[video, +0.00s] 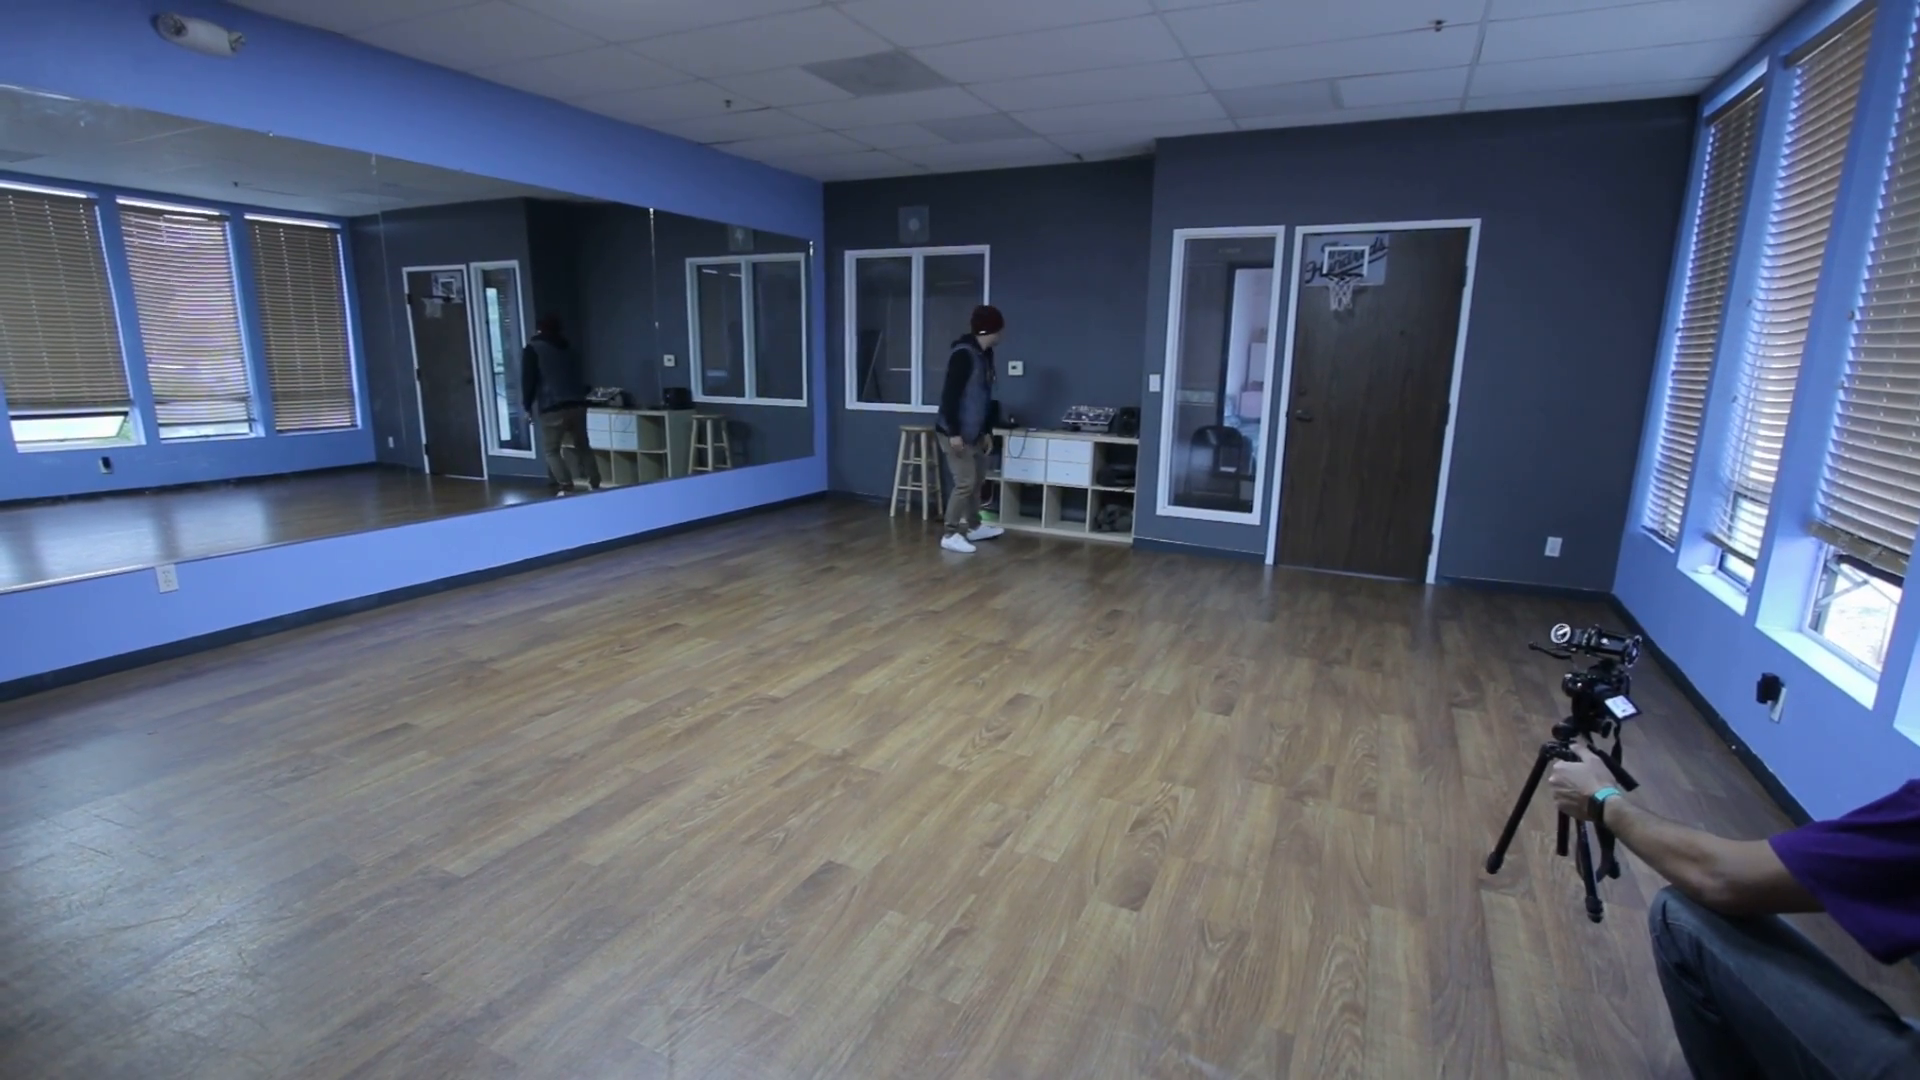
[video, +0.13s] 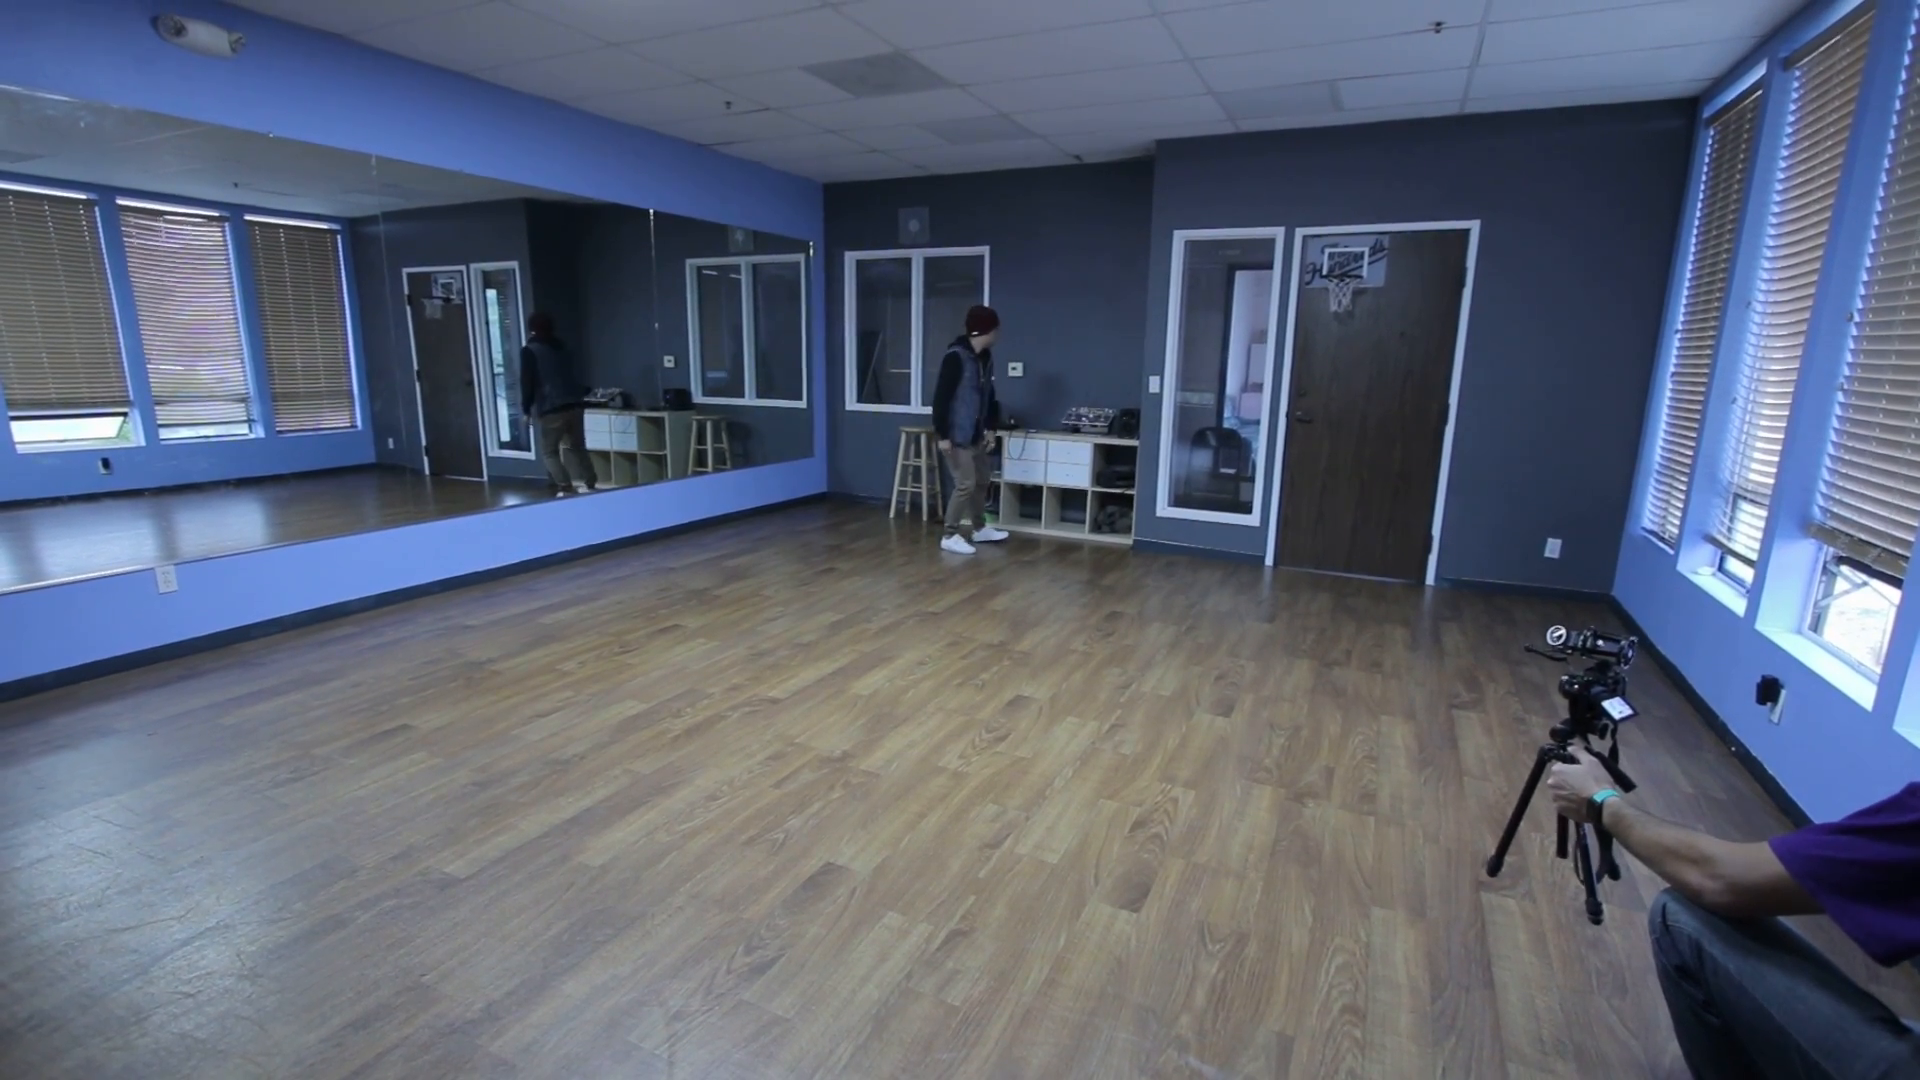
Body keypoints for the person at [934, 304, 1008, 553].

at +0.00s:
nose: (1001, 337)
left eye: (1001, 332)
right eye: (999, 332)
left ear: (983, 330)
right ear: (987, 331)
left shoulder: (986, 355)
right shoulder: (963, 354)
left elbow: (985, 398)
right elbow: (950, 395)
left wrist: (985, 430)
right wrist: (954, 432)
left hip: (974, 429)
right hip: (955, 430)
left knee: (976, 480)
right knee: (965, 482)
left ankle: (973, 526)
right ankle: (950, 533)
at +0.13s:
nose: (997, 336)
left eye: (997, 331)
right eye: (995, 331)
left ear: (979, 330)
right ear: (984, 331)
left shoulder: (985, 357)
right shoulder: (955, 357)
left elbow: (989, 394)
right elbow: (940, 398)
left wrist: (990, 426)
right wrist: (942, 434)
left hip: (977, 431)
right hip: (956, 433)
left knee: (981, 480)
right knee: (965, 483)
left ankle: (979, 528)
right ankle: (949, 535)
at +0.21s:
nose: (994, 336)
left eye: (994, 331)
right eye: (992, 331)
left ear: (979, 331)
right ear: (979, 331)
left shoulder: (985, 359)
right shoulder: (950, 359)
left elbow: (991, 395)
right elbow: (937, 400)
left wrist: (993, 427)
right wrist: (937, 438)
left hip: (979, 433)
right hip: (954, 435)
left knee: (985, 481)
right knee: (965, 483)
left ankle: (987, 529)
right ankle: (949, 535)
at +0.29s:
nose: (991, 332)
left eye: (992, 327)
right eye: (988, 327)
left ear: (977, 328)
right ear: (972, 326)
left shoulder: (986, 357)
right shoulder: (948, 357)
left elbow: (992, 395)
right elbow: (936, 398)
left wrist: (997, 428)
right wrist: (936, 437)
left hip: (981, 430)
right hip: (954, 432)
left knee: (990, 478)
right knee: (962, 482)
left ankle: (995, 527)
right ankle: (949, 535)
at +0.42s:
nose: (985, 325)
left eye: (987, 320)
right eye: (980, 320)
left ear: (987, 322)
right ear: (963, 321)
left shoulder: (988, 351)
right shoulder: (945, 351)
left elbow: (995, 391)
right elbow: (935, 394)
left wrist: (997, 426)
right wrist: (941, 430)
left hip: (982, 426)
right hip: (954, 428)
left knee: (991, 477)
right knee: (956, 482)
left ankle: (998, 528)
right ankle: (949, 533)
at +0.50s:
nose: (980, 324)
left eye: (983, 319)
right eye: (974, 319)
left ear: (985, 321)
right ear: (960, 320)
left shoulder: (989, 351)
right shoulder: (943, 351)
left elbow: (997, 391)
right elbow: (934, 393)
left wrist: (999, 426)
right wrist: (945, 428)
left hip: (983, 427)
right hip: (954, 428)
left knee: (988, 481)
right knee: (954, 483)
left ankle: (993, 532)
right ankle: (949, 534)